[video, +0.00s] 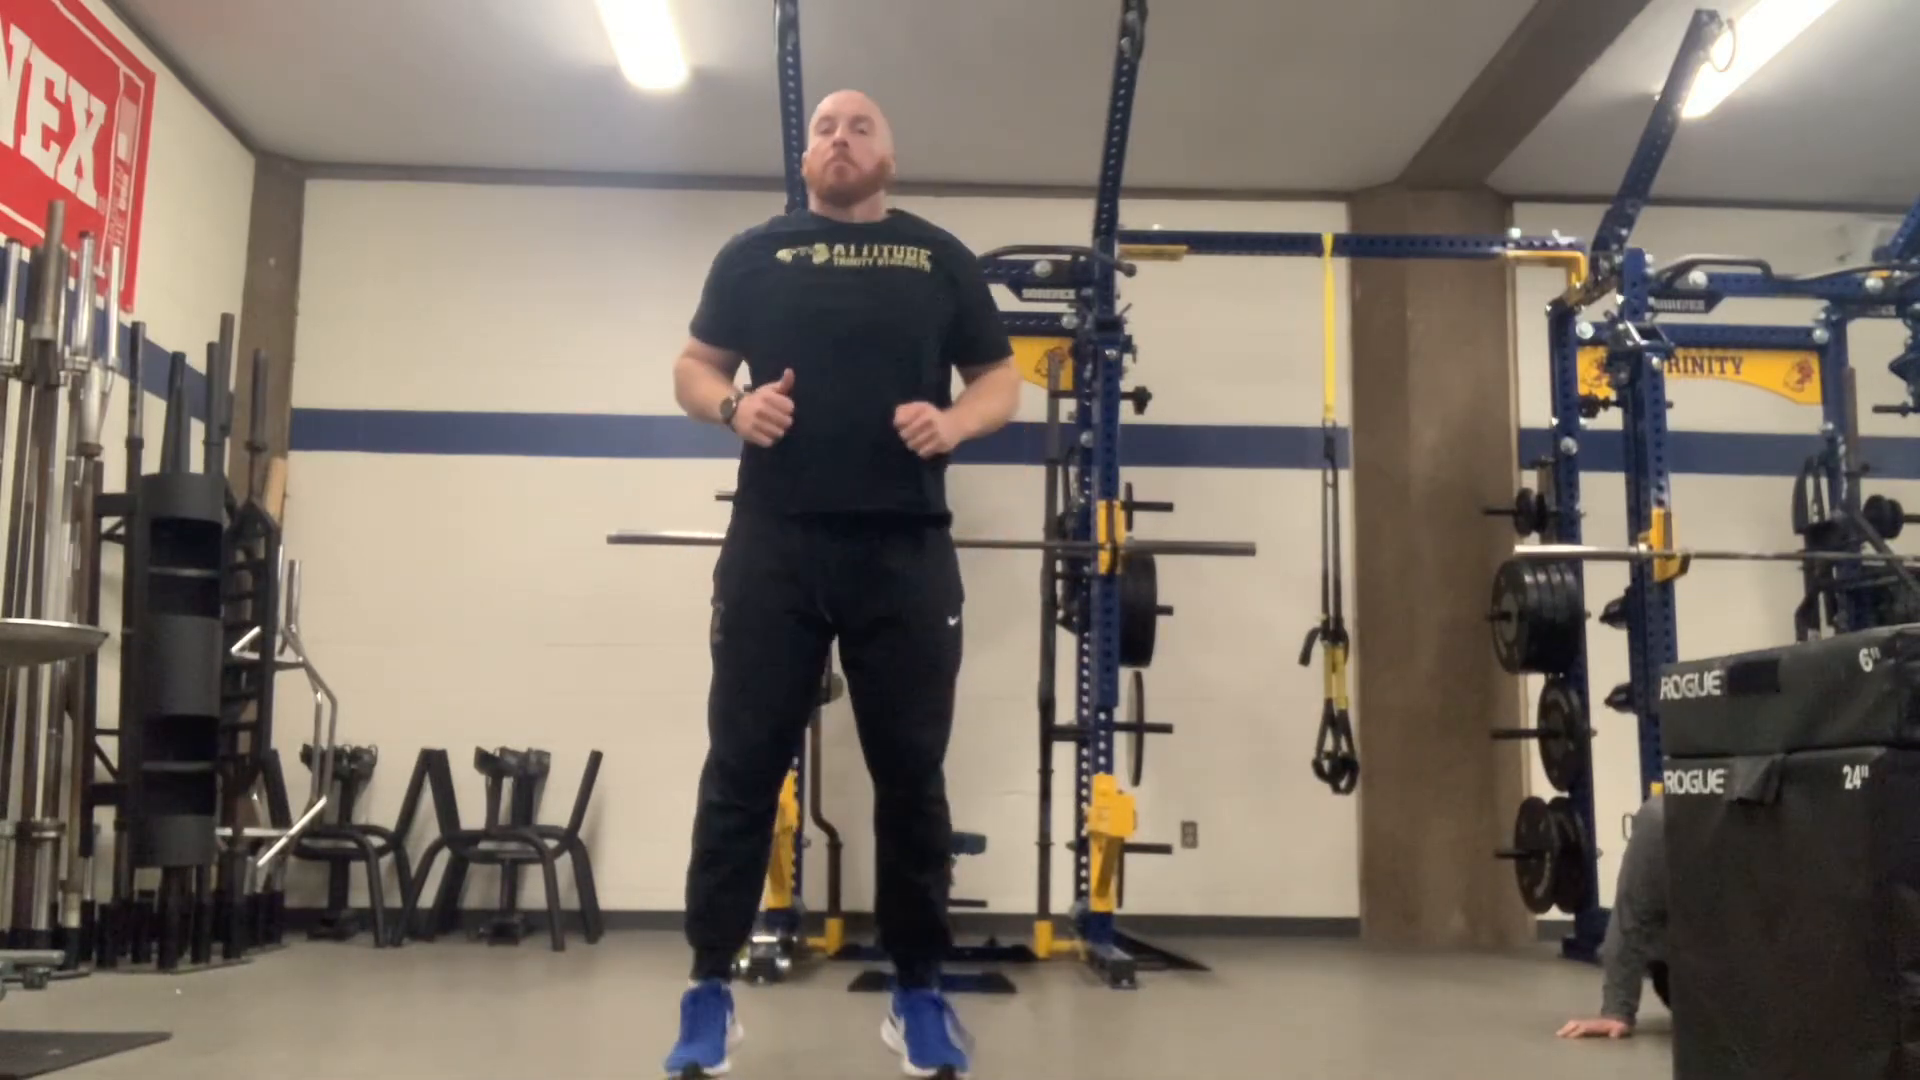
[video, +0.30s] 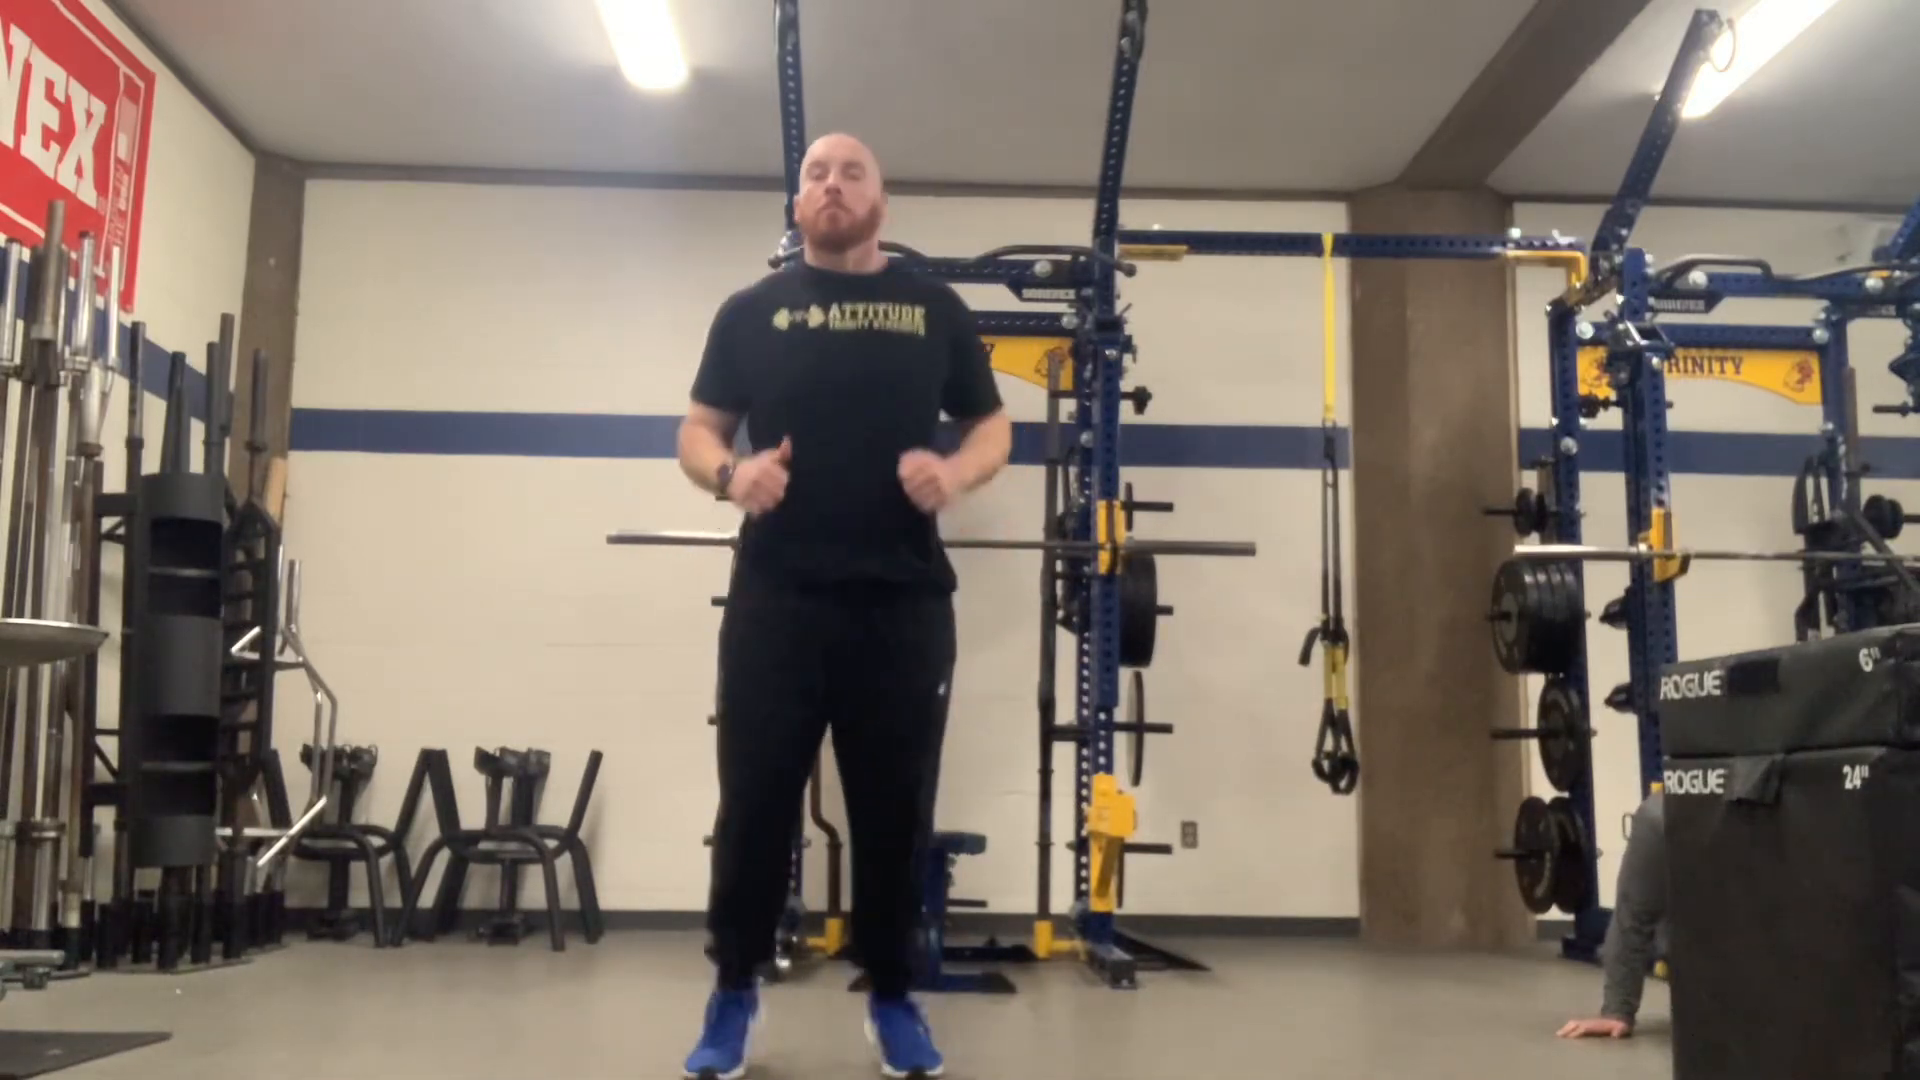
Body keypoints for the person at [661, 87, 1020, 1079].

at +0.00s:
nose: (841, 134)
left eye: (861, 125)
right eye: (825, 126)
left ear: (893, 159)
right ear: (802, 159)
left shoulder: (941, 259)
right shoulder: (752, 256)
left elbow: (1002, 382)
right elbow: (697, 370)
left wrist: (955, 422)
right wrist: (732, 406)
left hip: (903, 551)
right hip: (775, 546)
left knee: (912, 777)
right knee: (742, 766)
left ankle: (919, 992)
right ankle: (708, 988)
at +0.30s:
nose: (834, 184)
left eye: (853, 173)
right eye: (819, 174)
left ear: (884, 202)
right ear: (795, 205)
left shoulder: (932, 303)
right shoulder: (750, 312)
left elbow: (993, 429)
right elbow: (698, 437)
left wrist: (954, 471)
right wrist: (730, 473)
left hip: (901, 595)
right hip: (777, 594)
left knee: (895, 813)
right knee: (754, 805)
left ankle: (893, 1002)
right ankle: (733, 998)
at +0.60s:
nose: (829, 188)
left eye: (848, 178)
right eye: (813, 181)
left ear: (883, 212)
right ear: (792, 216)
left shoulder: (939, 320)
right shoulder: (743, 325)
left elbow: (1011, 442)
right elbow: (684, 448)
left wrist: (978, 480)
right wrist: (711, 473)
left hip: (906, 596)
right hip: (769, 593)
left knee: (918, 805)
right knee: (726, 795)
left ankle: (917, 1031)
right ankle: (710, 1027)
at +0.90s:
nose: (834, 127)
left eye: (853, 118)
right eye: (817, 124)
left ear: (888, 152)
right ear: (797, 162)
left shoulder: (940, 256)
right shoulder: (749, 260)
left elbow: (1007, 381)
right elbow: (700, 375)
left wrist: (954, 429)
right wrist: (727, 418)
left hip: (901, 544)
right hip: (772, 542)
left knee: (914, 764)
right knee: (741, 754)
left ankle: (913, 976)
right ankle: (714, 970)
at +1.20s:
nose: (837, 169)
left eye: (855, 156)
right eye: (821, 159)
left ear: (888, 185)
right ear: (797, 191)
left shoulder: (938, 292)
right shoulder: (752, 296)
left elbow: (998, 413)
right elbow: (705, 418)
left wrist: (964, 469)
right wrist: (733, 461)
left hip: (901, 579)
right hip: (777, 576)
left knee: (902, 794)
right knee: (749, 783)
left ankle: (901, 990)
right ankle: (728, 983)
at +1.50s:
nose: (828, 201)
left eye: (847, 189)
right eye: (812, 192)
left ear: (881, 221)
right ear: (791, 226)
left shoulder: (936, 331)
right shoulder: (742, 333)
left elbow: (1008, 448)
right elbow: (672, 454)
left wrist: (968, 476)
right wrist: (708, 484)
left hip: (902, 608)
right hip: (769, 606)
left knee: (912, 810)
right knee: (737, 803)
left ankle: (920, 1030)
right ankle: (705, 1027)